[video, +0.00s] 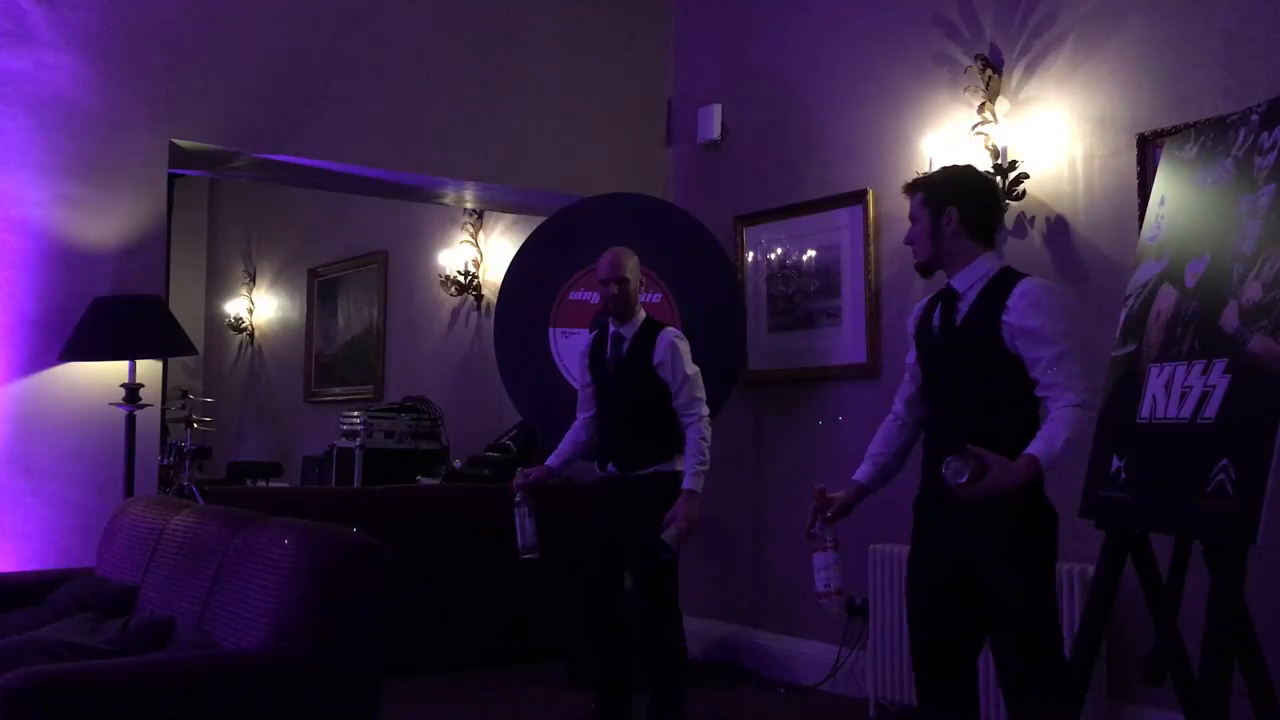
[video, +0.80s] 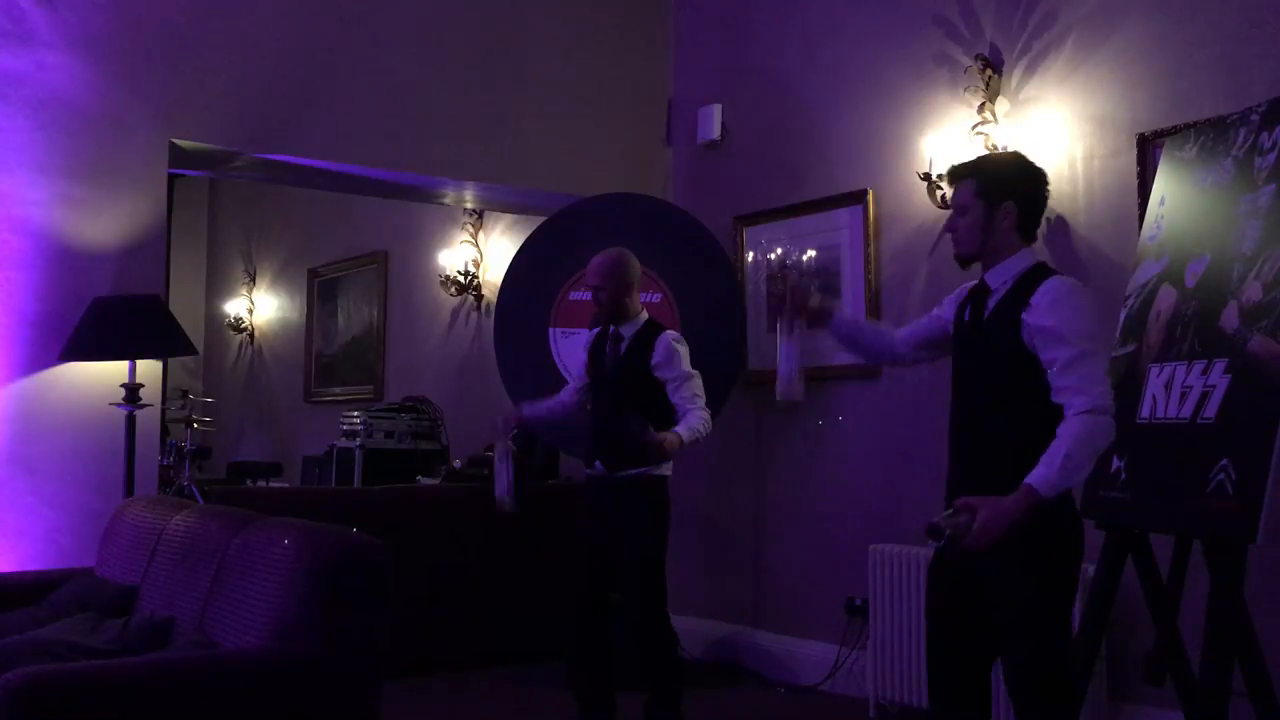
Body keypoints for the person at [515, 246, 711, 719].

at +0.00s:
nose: (612, 292)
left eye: (621, 282)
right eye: (605, 283)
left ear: (640, 285)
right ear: (596, 288)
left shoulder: (668, 343)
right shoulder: (592, 348)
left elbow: (696, 420)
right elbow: (587, 420)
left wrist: (691, 493)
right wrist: (549, 467)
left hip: (656, 487)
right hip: (609, 487)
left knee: (656, 604)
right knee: (604, 599)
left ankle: (666, 706)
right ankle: (611, 703)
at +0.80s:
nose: (591, 298)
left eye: (599, 291)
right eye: (589, 290)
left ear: (627, 290)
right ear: (597, 291)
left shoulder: (664, 344)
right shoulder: (595, 342)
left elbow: (699, 414)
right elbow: (572, 401)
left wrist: (672, 439)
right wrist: (523, 414)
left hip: (644, 488)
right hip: (599, 486)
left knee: (645, 603)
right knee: (594, 598)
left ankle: (662, 705)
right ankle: (595, 702)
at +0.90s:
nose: (593, 296)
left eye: (602, 288)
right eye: (591, 288)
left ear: (631, 288)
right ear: (598, 290)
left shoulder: (662, 344)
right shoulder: (600, 339)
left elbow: (699, 412)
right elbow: (564, 386)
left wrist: (693, 450)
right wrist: (528, 353)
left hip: (644, 486)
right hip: (601, 484)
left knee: (643, 600)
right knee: (597, 596)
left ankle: (661, 703)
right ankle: (596, 700)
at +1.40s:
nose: (573, 303)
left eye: (580, 295)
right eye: (572, 295)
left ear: (608, 295)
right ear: (581, 297)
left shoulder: (648, 351)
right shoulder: (584, 344)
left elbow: (663, 436)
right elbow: (546, 389)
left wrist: (665, 515)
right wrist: (514, 389)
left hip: (636, 494)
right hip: (595, 491)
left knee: (645, 607)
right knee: (594, 602)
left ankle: (662, 705)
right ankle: (595, 702)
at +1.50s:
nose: (574, 305)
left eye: (581, 297)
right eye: (572, 296)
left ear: (609, 297)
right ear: (588, 298)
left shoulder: (650, 354)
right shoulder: (585, 346)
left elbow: (641, 446)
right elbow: (553, 418)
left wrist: (613, 518)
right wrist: (535, 392)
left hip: (640, 493)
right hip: (594, 488)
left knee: (645, 608)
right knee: (592, 603)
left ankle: (662, 706)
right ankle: (594, 703)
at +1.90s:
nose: (586, 299)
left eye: (595, 291)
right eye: (584, 291)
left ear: (623, 290)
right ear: (586, 293)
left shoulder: (659, 346)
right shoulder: (589, 345)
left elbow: (692, 419)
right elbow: (577, 410)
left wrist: (676, 477)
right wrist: (577, 456)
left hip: (648, 490)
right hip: (601, 488)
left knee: (650, 602)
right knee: (599, 599)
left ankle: (664, 704)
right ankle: (597, 702)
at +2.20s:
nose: (586, 307)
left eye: (593, 298)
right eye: (586, 297)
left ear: (621, 296)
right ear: (603, 295)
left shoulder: (661, 348)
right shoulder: (601, 346)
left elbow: (681, 426)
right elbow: (569, 401)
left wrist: (615, 442)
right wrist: (519, 428)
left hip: (646, 492)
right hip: (601, 489)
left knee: (644, 603)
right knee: (593, 600)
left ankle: (664, 703)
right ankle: (595, 701)